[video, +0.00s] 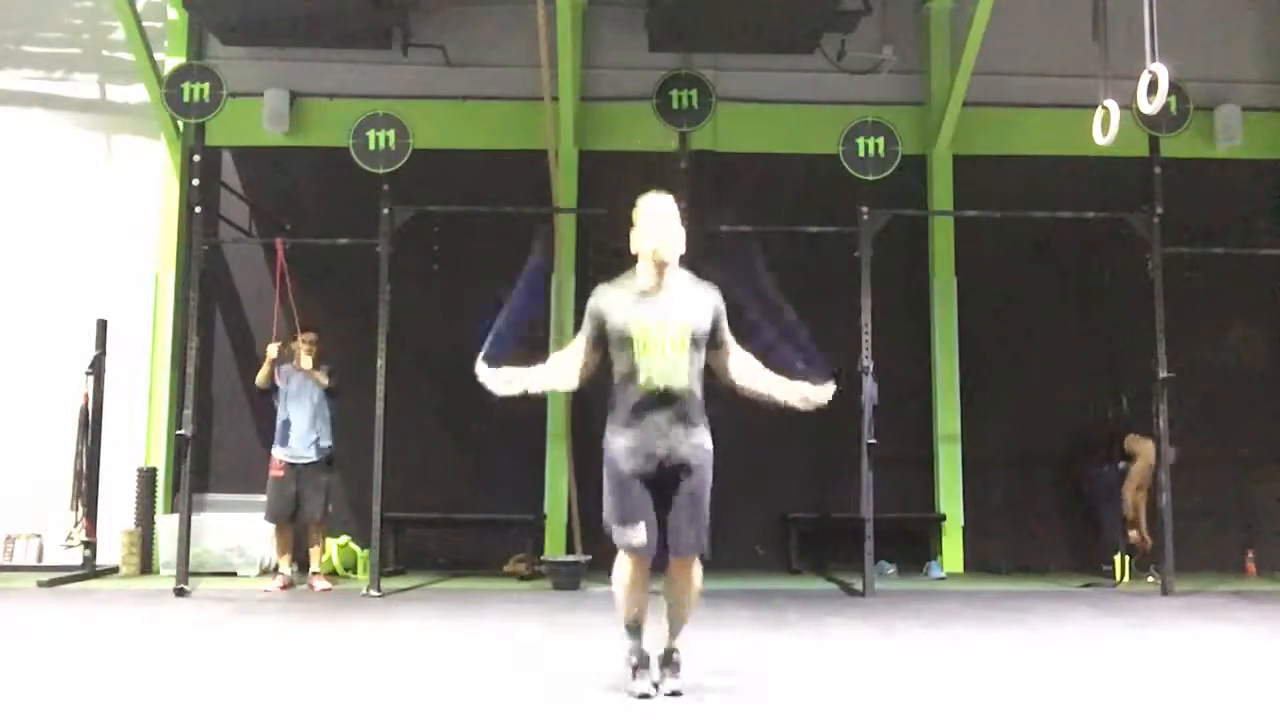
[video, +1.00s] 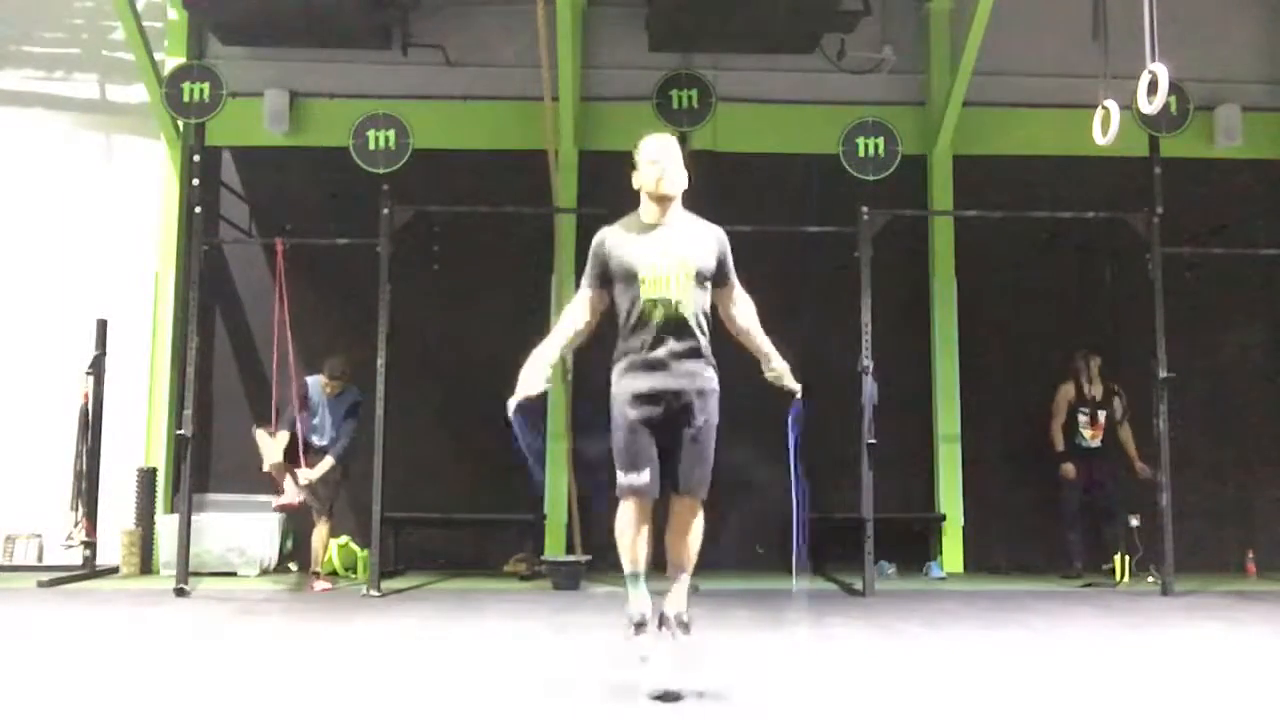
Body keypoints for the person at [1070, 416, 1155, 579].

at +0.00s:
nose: (1170, 461)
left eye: (1172, 458)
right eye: (1171, 456)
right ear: (1166, 450)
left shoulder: (1150, 457)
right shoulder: (1146, 450)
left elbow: (1142, 492)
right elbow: (1128, 490)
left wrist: (1142, 529)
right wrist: (1132, 526)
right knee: (1110, 515)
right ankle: (1109, 558)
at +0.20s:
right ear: (1153, 415)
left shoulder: (1150, 435)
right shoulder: (1136, 422)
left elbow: (1137, 468)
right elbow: (1113, 454)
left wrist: (1138, 505)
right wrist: (1120, 494)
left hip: (1111, 470)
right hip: (1094, 469)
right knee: (1109, 513)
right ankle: (1112, 558)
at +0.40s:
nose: (1149, 398)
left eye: (1152, 393)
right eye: (1146, 392)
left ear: (1153, 395)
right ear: (1136, 390)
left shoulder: (1144, 417)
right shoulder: (1116, 406)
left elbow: (1139, 454)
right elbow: (1096, 436)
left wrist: (1148, 490)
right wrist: (1100, 469)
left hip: (1111, 462)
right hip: (1093, 459)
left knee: (1118, 504)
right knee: (1104, 506)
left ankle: (1119, 555)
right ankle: (1105, 557)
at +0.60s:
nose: (1127, 382)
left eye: (1133, 377)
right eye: (1125, 376)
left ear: (1140, 380)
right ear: (1120, 377)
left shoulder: (1137, 405)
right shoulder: (1103, 396)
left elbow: (1140, 441)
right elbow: (1082, 426)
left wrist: (1155, 475)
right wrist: (1085, 460)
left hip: (1121, 459)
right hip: (1098, 459)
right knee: (1096, 508)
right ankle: (1095, 559)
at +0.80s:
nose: (1111, 376)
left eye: (1116, 371)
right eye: (1107, 370)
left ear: (1121, 373)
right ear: (1100, 372)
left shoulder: (1127, 398)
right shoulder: (1086, 393)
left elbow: (1136, 434)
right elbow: (1070, 426)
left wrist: (1152, 470)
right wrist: (1076, 458)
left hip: (1110, 463)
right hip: (1086, 462)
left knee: (1111, 512)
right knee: (1081, 512)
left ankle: (1111, 560)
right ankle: (1079, 562)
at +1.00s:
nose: (1092, 370)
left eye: (1095, 364)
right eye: (1088, 365)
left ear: (1100, 365)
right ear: (1079, 366)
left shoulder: (1112, 393)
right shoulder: (1068, 390)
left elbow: (1123, 427)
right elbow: (1056, 425)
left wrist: (1136, 460)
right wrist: (1063, 458)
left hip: (1103, 462)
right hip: (1076, 462)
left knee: (1110, 509)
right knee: (1073, 512)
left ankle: (1114, 560)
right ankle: (1076, 562)